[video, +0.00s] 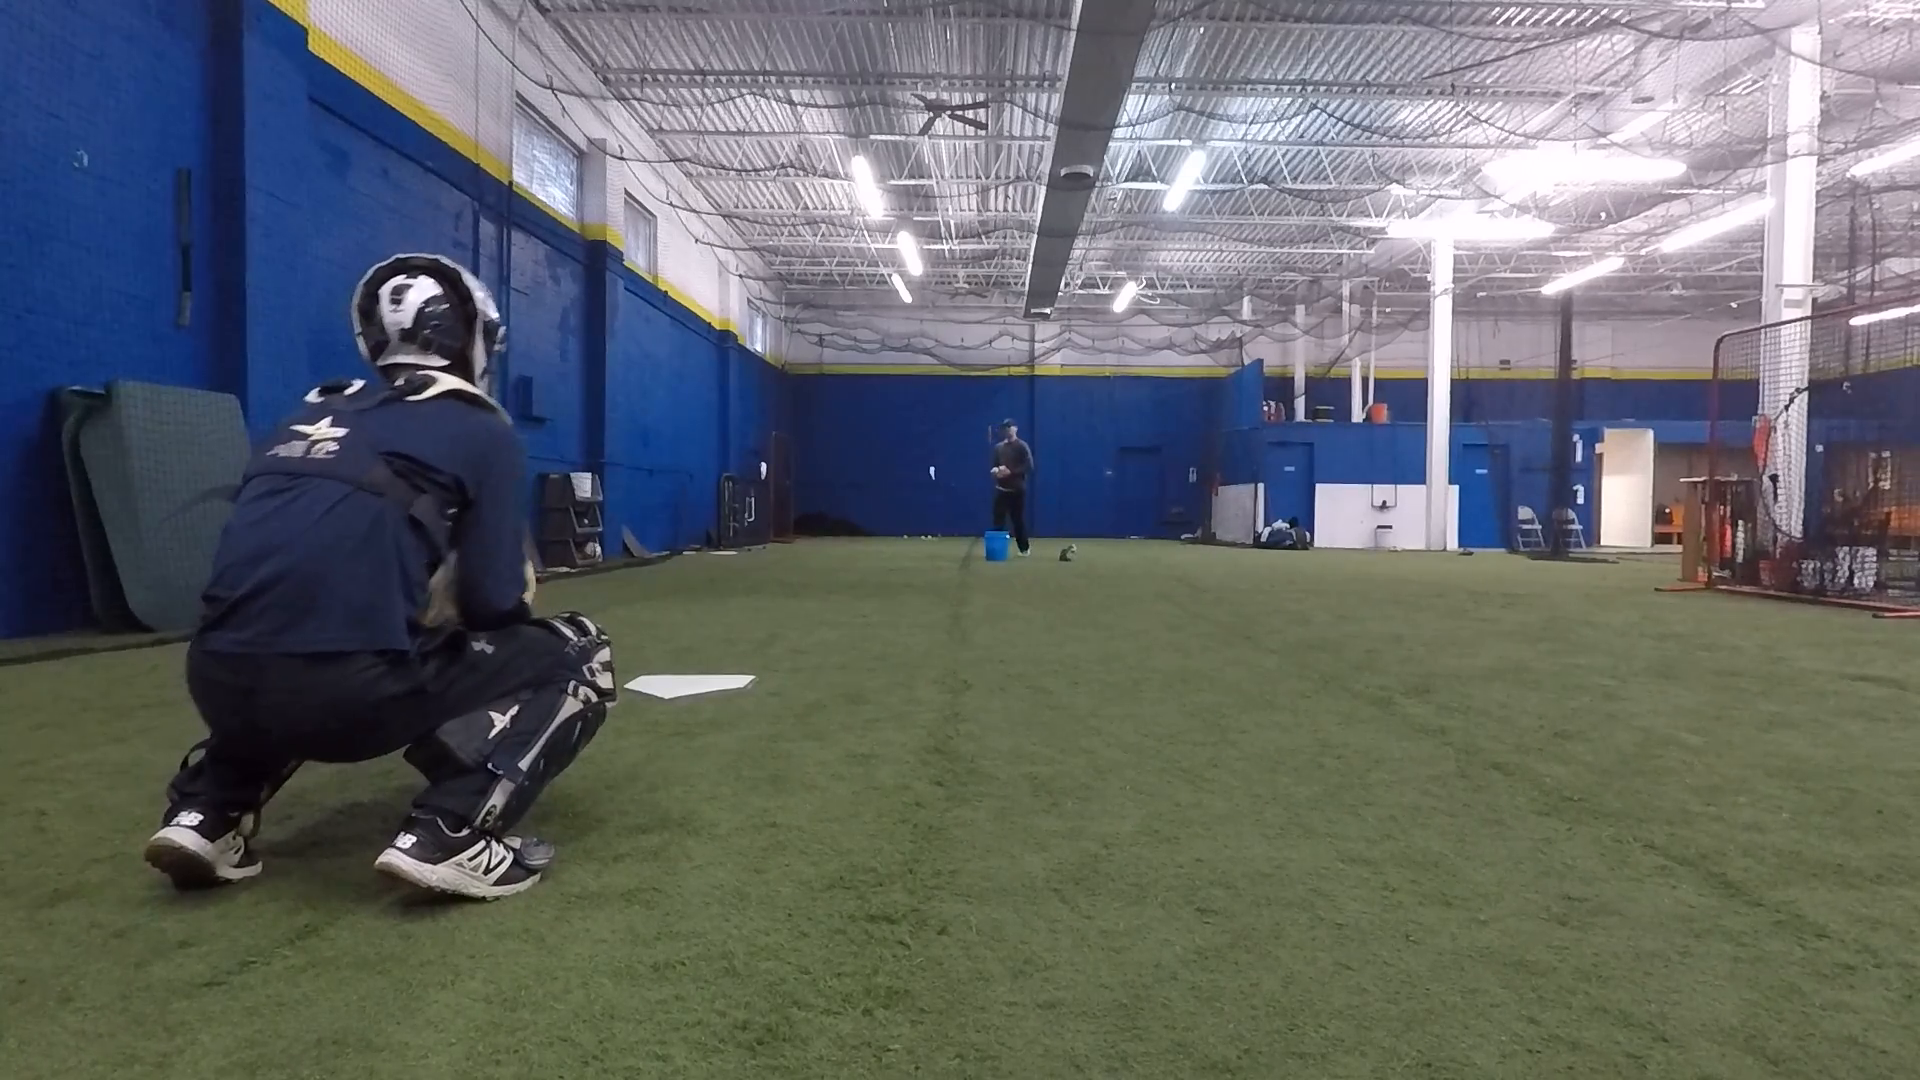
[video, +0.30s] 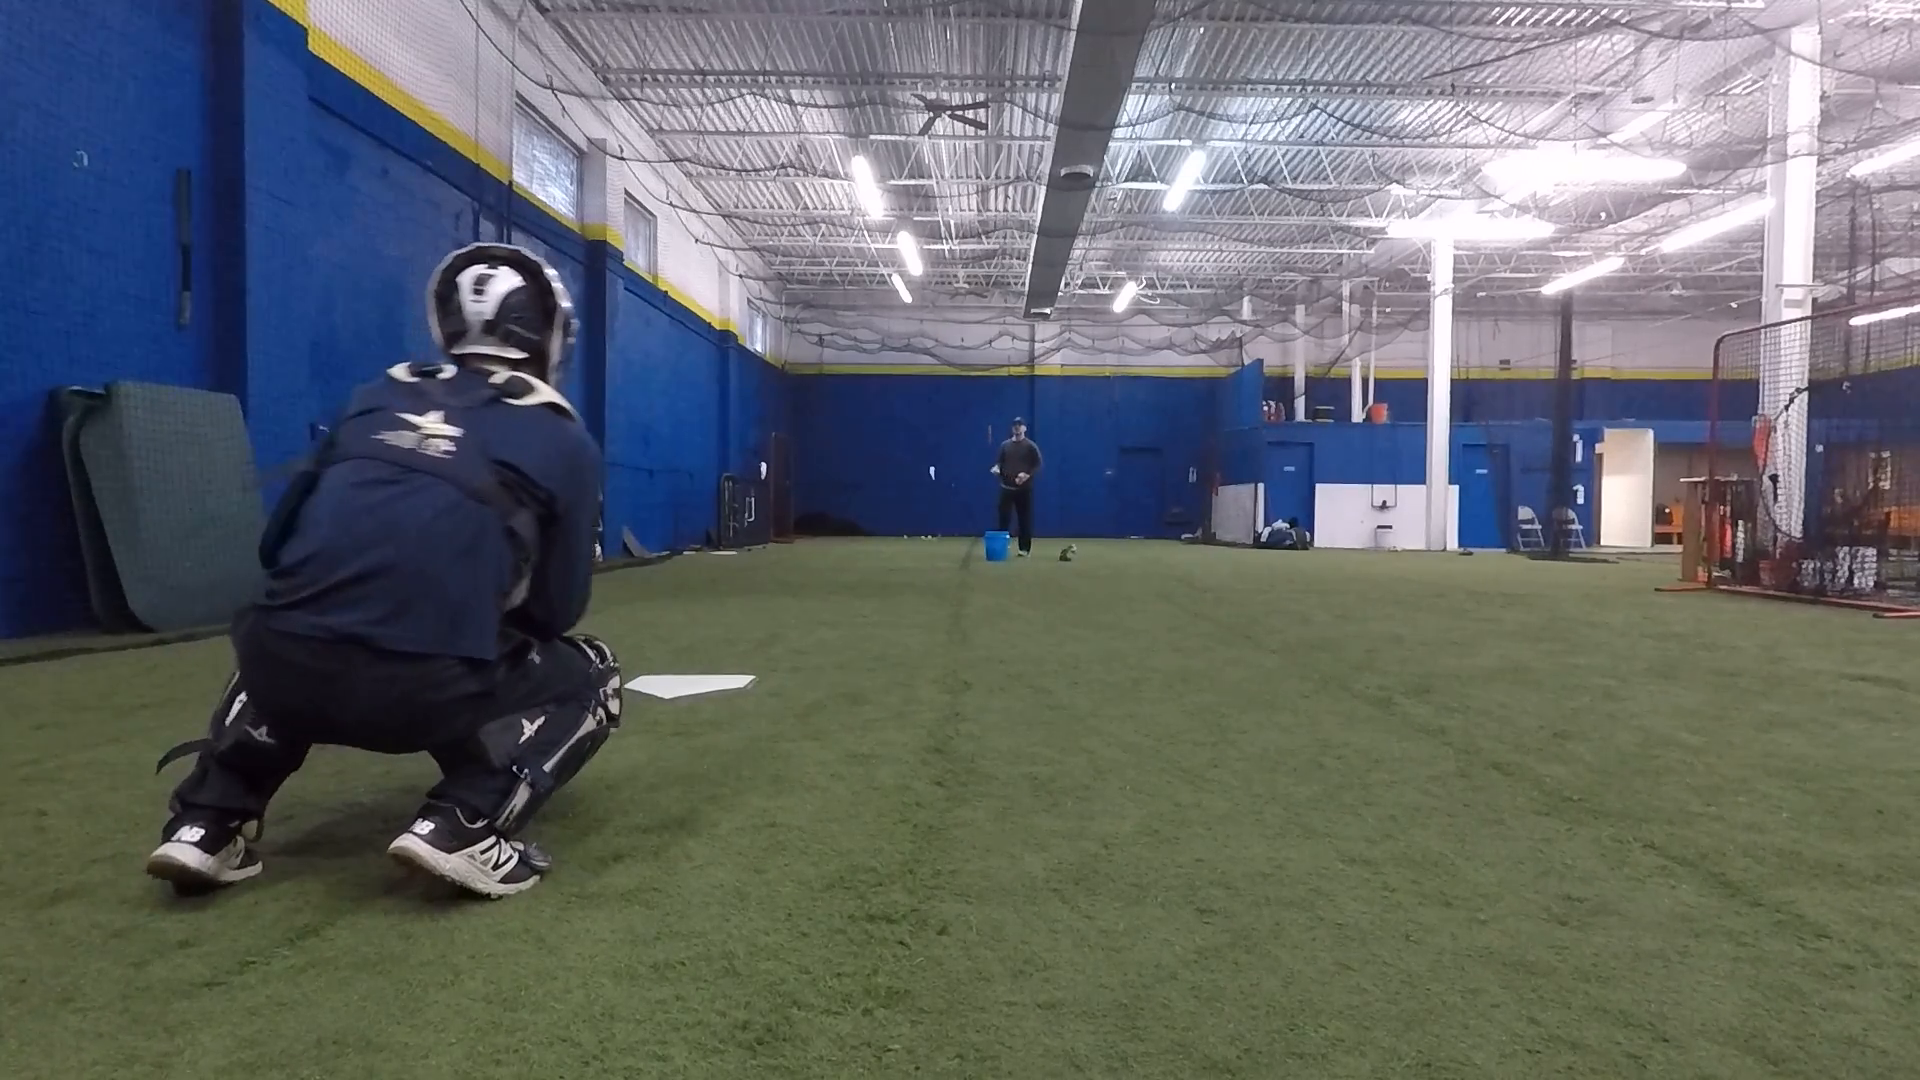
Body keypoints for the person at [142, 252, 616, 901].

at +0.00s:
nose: (491, 351)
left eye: (488, 336)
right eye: (486, 335)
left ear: (373, 342)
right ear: (472, 340)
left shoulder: (313, 409)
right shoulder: (484, 433)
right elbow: (491, 603)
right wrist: (520, 590)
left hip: (224, 686)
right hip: (355, 694)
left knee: (313, 616)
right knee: (580, 654)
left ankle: (207, 811)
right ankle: (451, 830)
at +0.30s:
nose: (566, 342)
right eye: (562, 327)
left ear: (448, 330)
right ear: (550, 335)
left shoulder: (375, 396)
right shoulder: (567, 442)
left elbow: (278, 540)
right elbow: (556, 612)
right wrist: (463, 606)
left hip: (289, 670)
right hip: (430, 691)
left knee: (291, 631)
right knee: (589, 674)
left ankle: (205, 821)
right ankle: (462, 821)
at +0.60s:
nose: (606, 345)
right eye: (606, 334)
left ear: (499, 328)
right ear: (601, 347)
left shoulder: (437, 382)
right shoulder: (616, 460)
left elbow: (269, 481)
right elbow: (596, 626)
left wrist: (369, 522)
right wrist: (517, 608)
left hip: (334, 658)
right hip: (477, 696)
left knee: (260, 592)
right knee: (576, 683)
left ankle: (151, 815)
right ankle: (474, 818)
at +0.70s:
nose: (604, 346)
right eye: (602, 333)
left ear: (495, 329)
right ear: (596, 348)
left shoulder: (425, 388)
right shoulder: (610, 460)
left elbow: (262, 490)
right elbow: (628, 632)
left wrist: (361, 536)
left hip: (324, 658)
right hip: (470, 691)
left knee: (252, 603)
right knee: (581, 676)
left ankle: (117, 828)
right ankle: (472, 819)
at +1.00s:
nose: (542, 365)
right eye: (539, 353)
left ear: (423, 350)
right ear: (525, 357)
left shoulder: (349, 415)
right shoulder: (520, 438)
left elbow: (221, 535)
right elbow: (621, 587)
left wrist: (323, 575)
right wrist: (652, 695)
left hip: (255, 682)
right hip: (404, 696)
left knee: (213, 655)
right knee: (581, 664)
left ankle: (102, 849)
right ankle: (463, 833)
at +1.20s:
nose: (492, 346)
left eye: (491, 331)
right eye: (488, 330)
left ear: (377, 332)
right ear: (471, 329)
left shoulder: (312, 394)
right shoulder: (456, 406)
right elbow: (516, 516)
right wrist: (551, 637)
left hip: (193, 643)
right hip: (331, 650)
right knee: (537, 660)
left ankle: (113, 839)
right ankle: (445, 840)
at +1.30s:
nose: (477, 297)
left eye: (473, 281)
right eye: (472, 280)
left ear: (361, 284)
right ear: (457, 283)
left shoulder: (287, 353)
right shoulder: (434, 351)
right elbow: (465, 426)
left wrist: (421, 581)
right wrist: (493, 579)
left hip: (171, 590)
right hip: (308, 587)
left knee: (245, 654)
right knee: (543, 626)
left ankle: (116, 835)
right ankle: (455, 834)